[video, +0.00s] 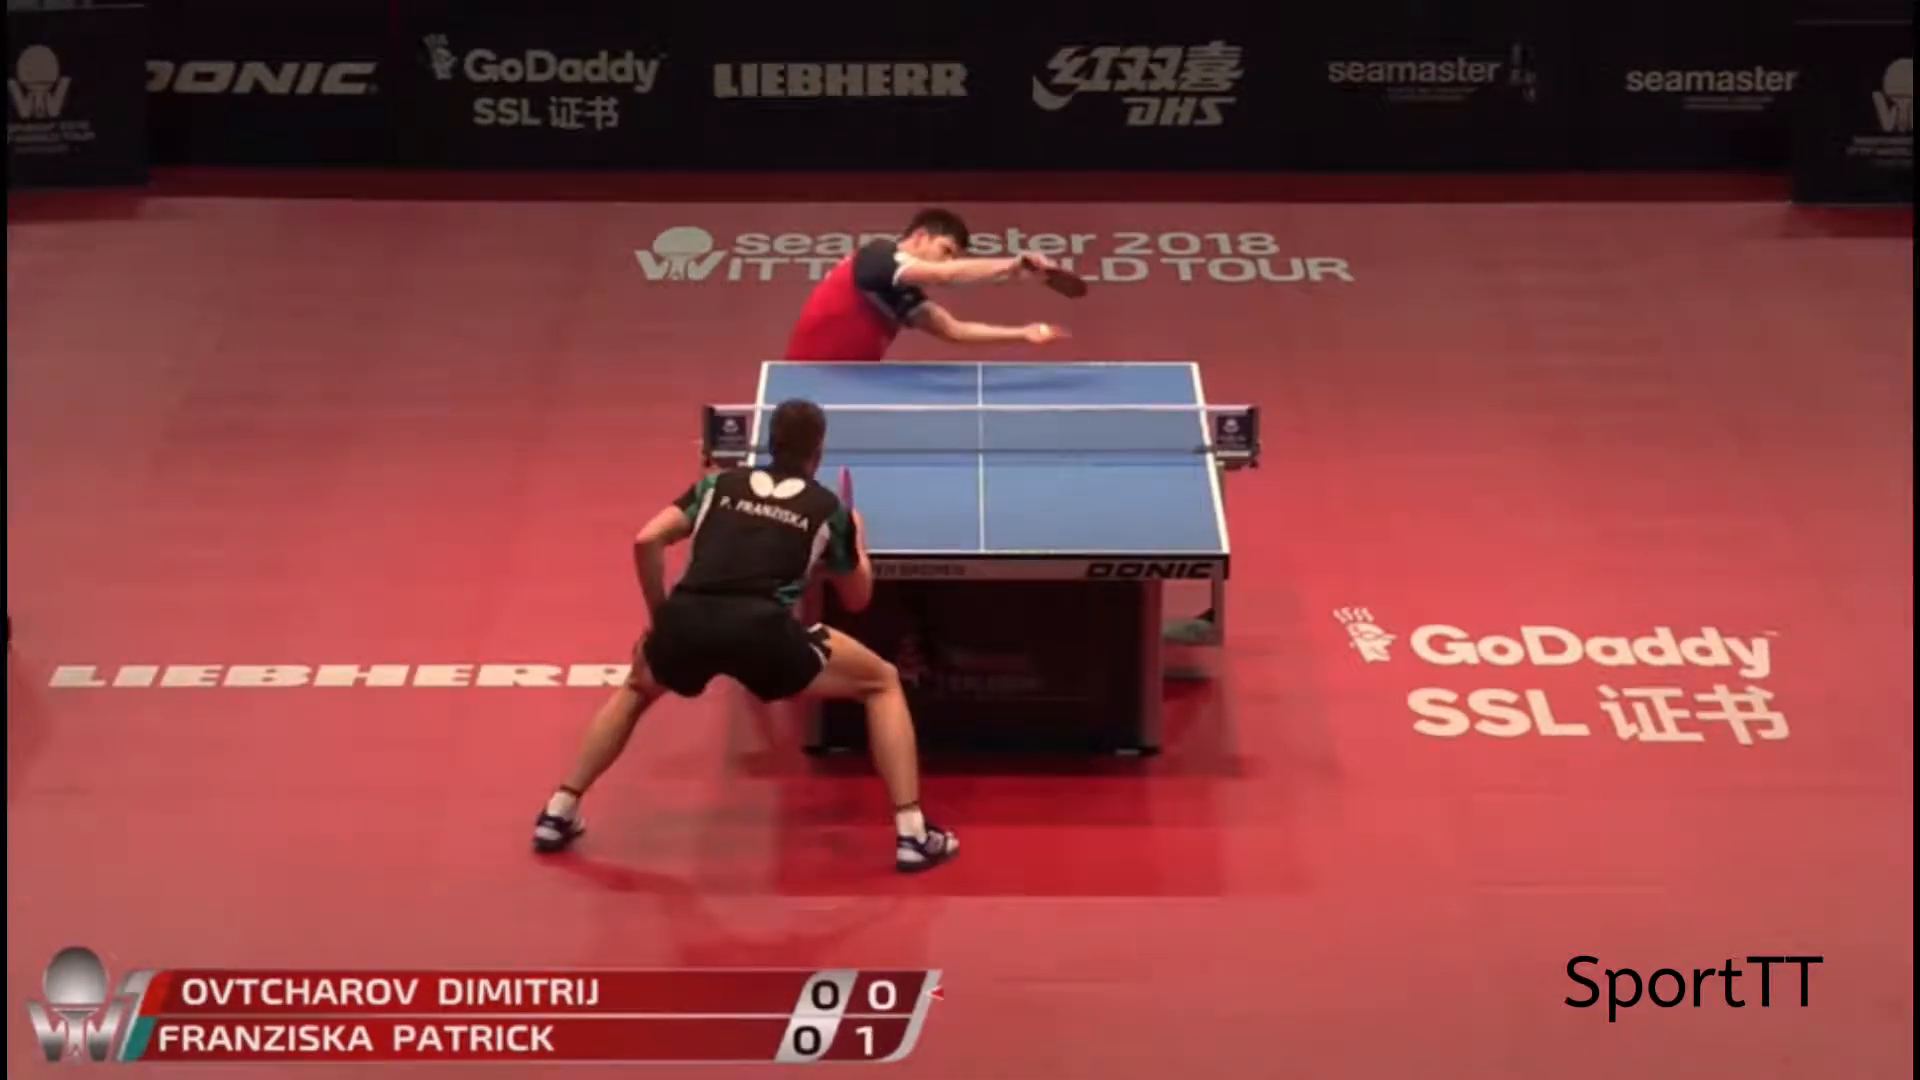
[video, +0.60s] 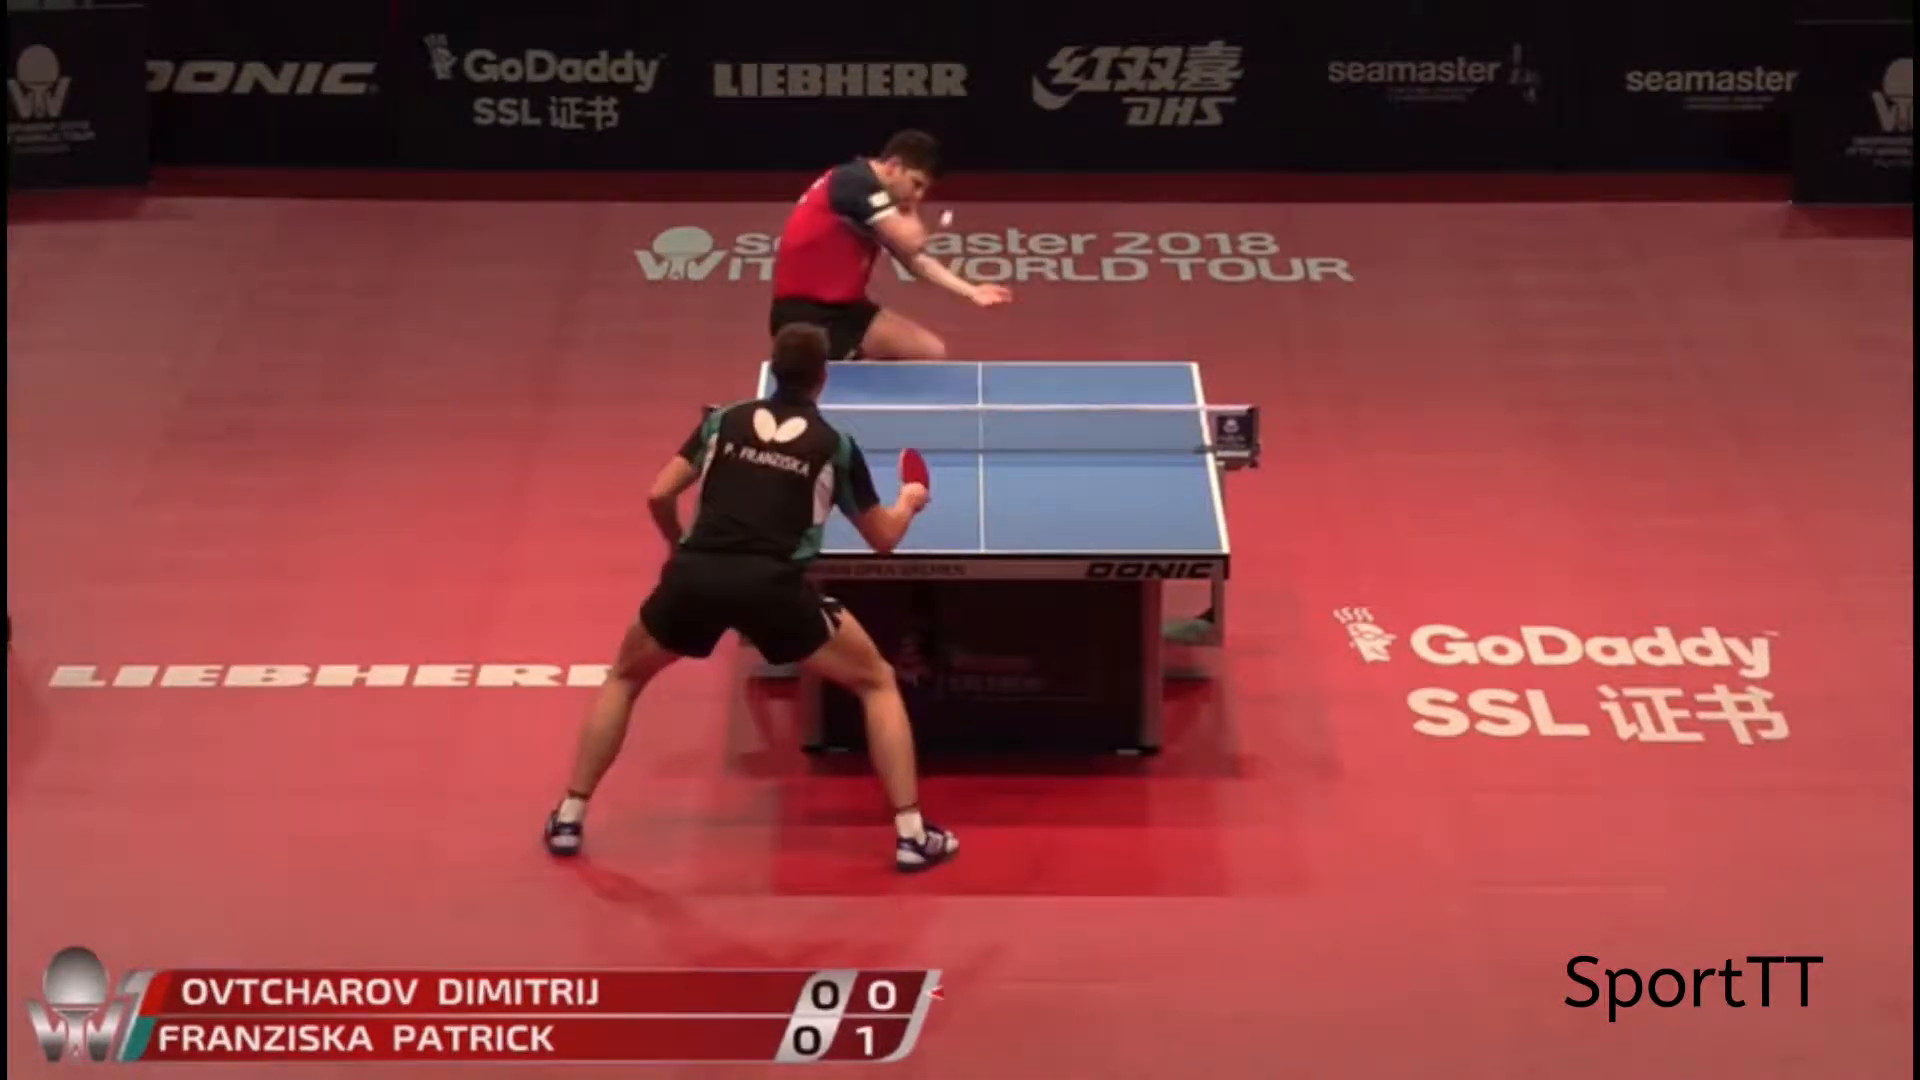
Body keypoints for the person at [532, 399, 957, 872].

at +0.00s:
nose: (814, 454)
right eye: (817, 446)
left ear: (769, 445)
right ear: (818, 452)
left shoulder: (718, 484)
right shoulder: (831, 511)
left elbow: (648, 540)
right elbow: (856, 598)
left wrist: (658, 616)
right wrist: (856, 544)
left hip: (687, 620)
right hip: (765, 629)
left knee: (634, 692)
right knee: (882, 683)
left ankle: (559, 808)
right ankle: (913, 831)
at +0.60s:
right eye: (820, 369)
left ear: (771, 373)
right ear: (823, 377)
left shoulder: (724, 420)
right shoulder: (834, 445)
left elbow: (659, 495)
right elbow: (885, 536)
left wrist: (680, 549)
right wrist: (910, 501)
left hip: (695, 576)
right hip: (773, 585)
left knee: (625, 677)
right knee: (876, 682)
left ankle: (568, 815)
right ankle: (913, 832)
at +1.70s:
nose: (784, 349)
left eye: (776, 339)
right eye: (783, 341)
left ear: (726, 343)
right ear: (775, 350)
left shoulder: (676, 394)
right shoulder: (769, 415)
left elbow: (617, 475)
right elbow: (794, 522)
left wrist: (661, 509)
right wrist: (865, 541)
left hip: (633, 555)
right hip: (704, 566)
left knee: (597, 675)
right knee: (807, 678)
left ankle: (546, 808)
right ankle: (819, 829)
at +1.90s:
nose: (766, 388)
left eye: (762, 378)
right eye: (764, 380)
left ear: (708, 388)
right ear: (756, 389)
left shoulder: (663, 445)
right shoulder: (762, 464)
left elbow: (615, 537)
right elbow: (770, 571)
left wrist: (663, 569)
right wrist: (816, 609)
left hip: (635, 608)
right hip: (709, 621)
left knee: (604, 705)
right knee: (795, 744)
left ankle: (541, 818)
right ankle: (771, 892)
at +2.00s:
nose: (725, 355)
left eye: (720, 346)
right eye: (723, 347)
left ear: (666, 348)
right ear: (713, 351)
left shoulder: (619, 411)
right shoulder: (720, 421)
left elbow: (585, 503)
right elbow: (728, 524)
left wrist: (634, 527)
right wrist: (769, 573)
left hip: (611, 579)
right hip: (683, 586)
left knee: (589, 710)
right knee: (746, 722)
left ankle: (538, 838)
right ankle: (767, 878)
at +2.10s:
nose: (676, 272)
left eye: (669, 262)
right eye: (675, 263)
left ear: (618, 266)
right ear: (665, 268)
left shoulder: (575, 334)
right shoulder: (679, 340)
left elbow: (543, 422)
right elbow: (692, 443)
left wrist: (592, 441)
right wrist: (714, 486)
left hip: (575, 506)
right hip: (643, 511)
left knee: (575, 655)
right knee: (658, 670)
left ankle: (534, 792)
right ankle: (634, 822)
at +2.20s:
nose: (668, 262)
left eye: (661, 252)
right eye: (665, 253)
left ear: (608, 256)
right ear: (656, 258)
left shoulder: (567, 324)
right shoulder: (673, 332)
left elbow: (533, 414)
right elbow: (690, 434)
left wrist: (587, 430)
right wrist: (702, 478)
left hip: (568, 498)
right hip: (634, 504)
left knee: (571, 643)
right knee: (637, 664)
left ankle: (527, 783)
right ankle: (597, 811)